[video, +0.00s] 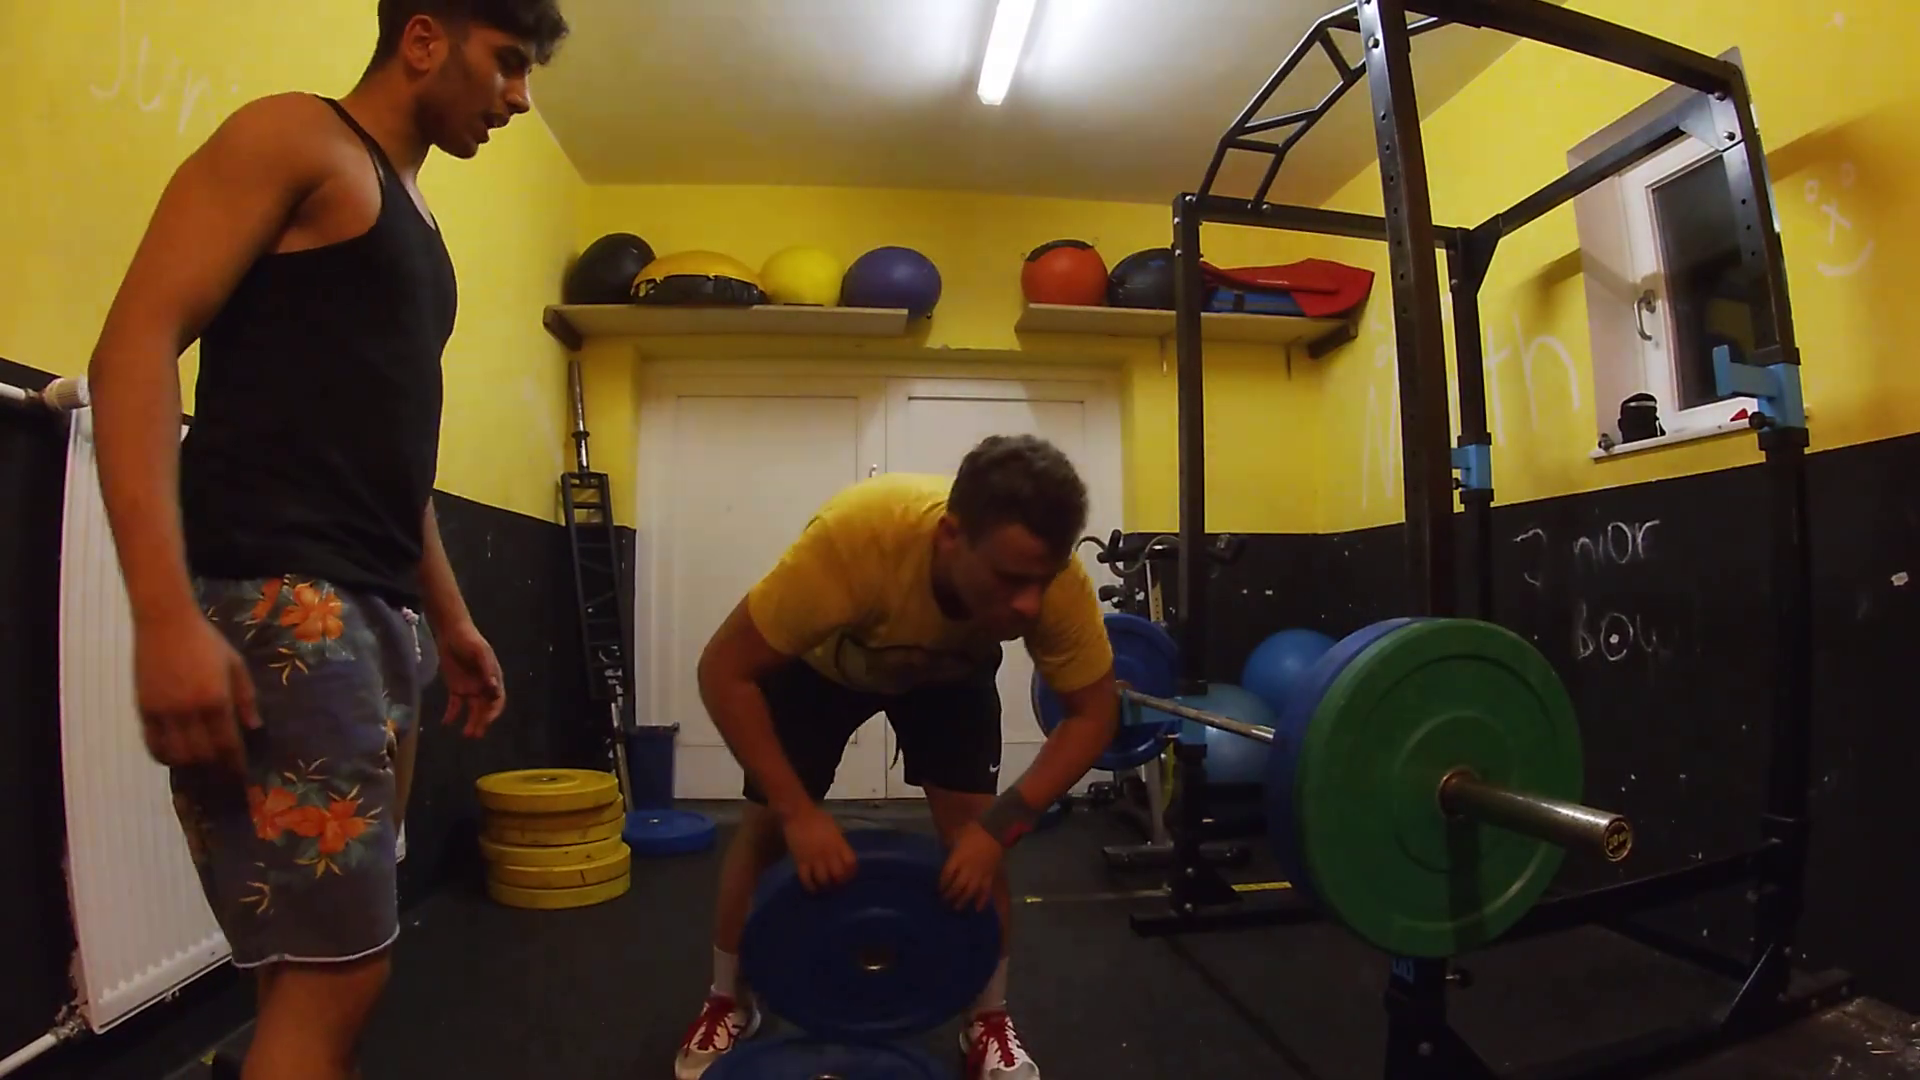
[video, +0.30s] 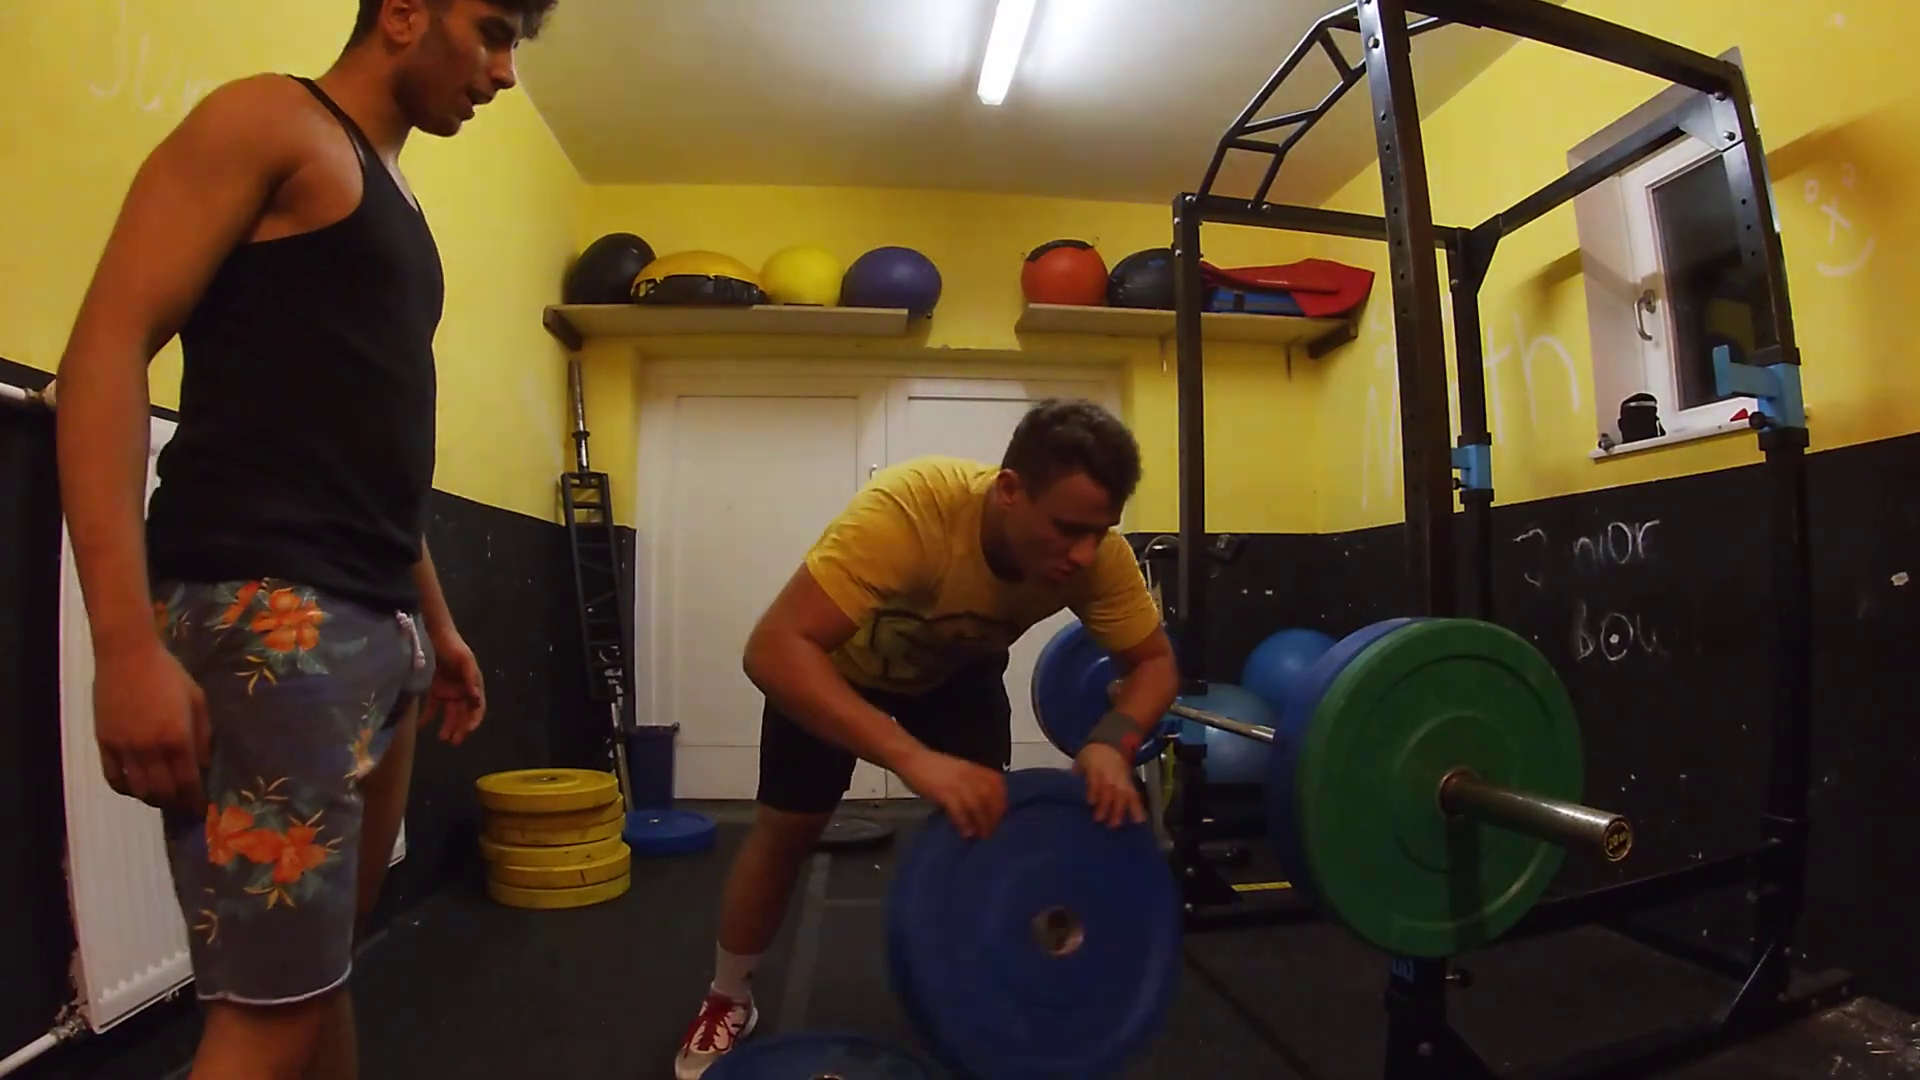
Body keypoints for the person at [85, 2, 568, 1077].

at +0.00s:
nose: (520, 98)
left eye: (529, 74)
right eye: (509, 62)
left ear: (440, 51)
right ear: (425, 38)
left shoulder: (408, 214)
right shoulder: (293, 134)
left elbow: (386, 445)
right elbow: (133, 350)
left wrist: (447, 616)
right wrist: (164, 614)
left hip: (373, 613)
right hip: (283, 609)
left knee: (328, 966)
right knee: (334, 976)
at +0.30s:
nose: (507, 71)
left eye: (516, 42)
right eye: (495, 33)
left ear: (414, 26)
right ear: (405, 16)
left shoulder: (385, 185)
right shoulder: (269, 119)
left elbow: (367, 432)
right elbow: (101, 354)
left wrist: (431, 615)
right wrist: (125, 641)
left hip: (370, 626)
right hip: (268, 623)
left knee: (320, 985)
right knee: (268, 1023)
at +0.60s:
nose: (479, 13)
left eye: (484, 1)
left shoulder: (358, 150)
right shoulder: (215, 59)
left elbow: (337, 416)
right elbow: (33, 304)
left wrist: (408, 619)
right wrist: (72, 638)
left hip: (352, 638)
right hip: (216, 633)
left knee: (320, 989)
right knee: (190, 1042)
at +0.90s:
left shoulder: (346, 119)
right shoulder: (180, 27)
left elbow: (308, 390)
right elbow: (2, 282)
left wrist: (384, 596)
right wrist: (1, 638)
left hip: (319, 632)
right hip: (165, 629)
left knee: (327, 995)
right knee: (169, 1047)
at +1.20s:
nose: (449, 7)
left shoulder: (351, 124)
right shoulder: (188, 23)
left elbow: (314, 397)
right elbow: (3, 273)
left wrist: (378, 615)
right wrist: (4, 649)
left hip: (322, 633)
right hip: (176, 629)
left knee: (320, 1006)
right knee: (172, 1051)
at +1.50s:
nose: (472, 29)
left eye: (485, 12)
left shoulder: (353, 133)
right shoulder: (203, 48)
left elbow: (330, 409)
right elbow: (17, 269)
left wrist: (406, 610)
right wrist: (175, 464)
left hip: (337, 622)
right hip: (188, 617)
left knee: (322, 995)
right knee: (192, 1035)